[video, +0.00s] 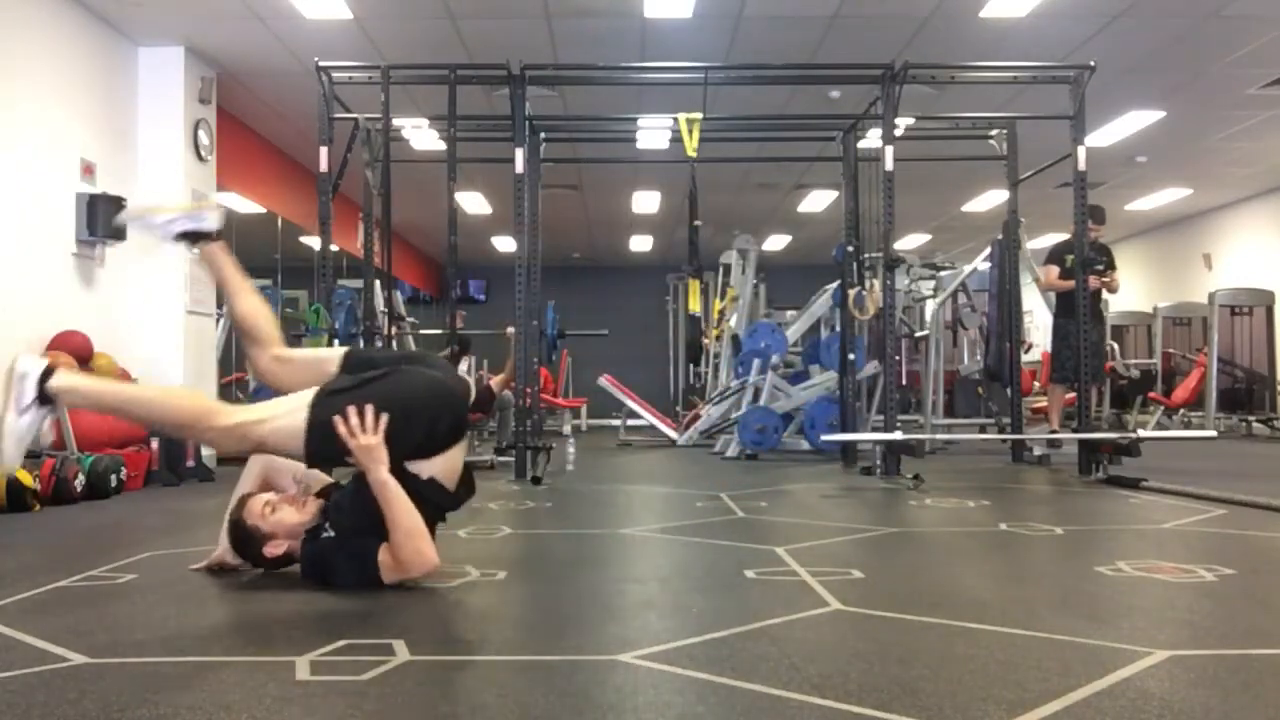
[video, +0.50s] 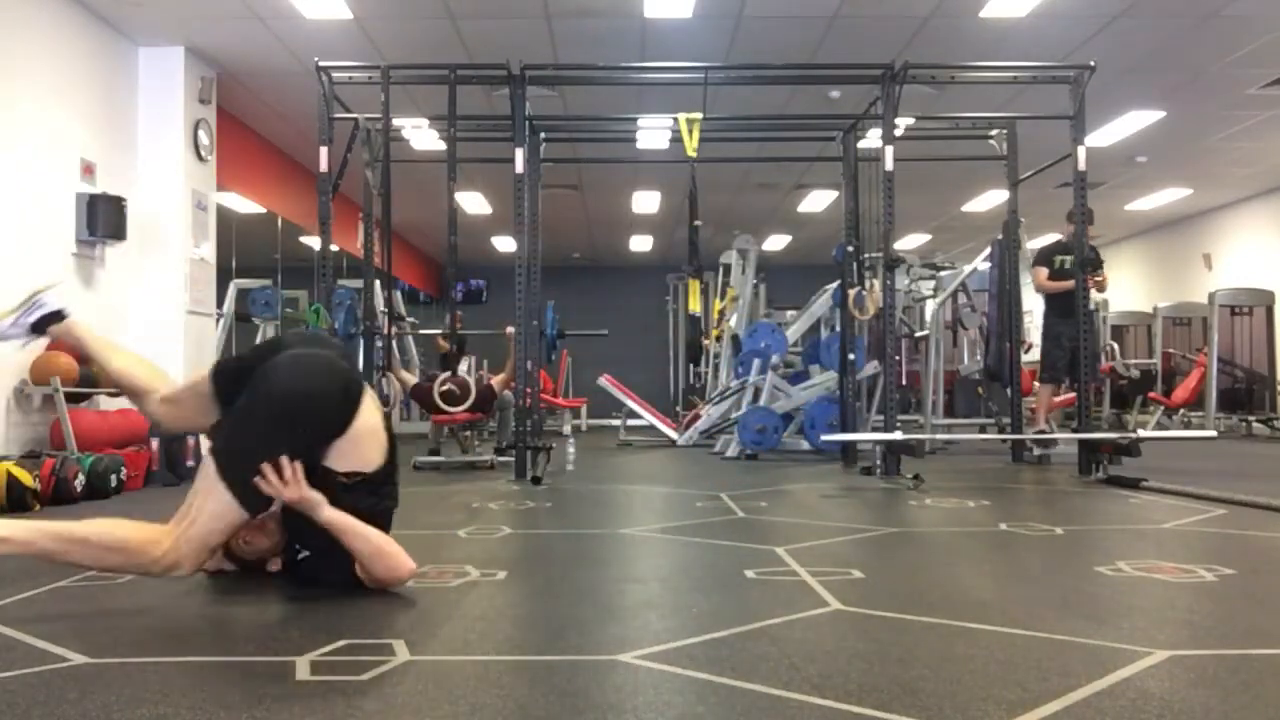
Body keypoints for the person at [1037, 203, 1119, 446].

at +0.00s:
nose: (1092, 235)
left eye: (1097, 230)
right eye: (1089, 229)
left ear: (1102, 229)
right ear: (1078, 225)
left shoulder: (1104, 252)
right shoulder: (1060, 250)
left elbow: (1114, 287)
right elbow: (1048, 283)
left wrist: (1107, 282)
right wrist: (1080, 283)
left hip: (1094, 320)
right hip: (1067, 319)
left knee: (1092, 375)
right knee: (1060, 376)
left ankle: (1087, 423)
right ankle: (1054, 427)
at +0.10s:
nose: (1094, 235)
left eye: (1099, 231)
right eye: (1091, 230)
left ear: (1103, 229)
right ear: (1080, 225)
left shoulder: (1106, 251)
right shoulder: (1061, 250)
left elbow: (1115, 287)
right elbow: (1049, 282)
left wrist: (1109, 282)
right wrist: (1081, 283)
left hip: (1093, 320)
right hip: (1066, 319)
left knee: (1092, 375)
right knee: (1059, 375)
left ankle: (1088, 422)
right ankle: (1054, 426)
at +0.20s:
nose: (1092, 235)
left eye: (1097, 231)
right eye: (1089, 229)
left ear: (1102, 230)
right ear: (1079, 225)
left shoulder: (1105, 252)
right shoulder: (1061, 250)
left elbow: (1115, 286)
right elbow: (1048, 282)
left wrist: (1106, 282)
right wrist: (1080, 283)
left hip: (1093, 319)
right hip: (1065, 319)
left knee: (1092, 373)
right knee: (1058, 372)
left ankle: (1087, 420)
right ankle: (1048, 423)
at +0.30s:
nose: (1090, 235)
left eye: (1094, 231)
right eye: (1087, 230)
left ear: (1099, 229)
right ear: (1077, 225)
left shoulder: (1102, 252)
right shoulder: (1057, 250)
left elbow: (1113, 286)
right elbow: (1046, 282)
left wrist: (1103, 282)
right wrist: (1078, 283)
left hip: (1090, 320)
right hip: (1062, 320)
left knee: (1089, 376)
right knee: (1053, 373)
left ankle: (1086, 422)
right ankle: (1041, 421)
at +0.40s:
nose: (1085, 231)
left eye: (1089, 226)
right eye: (1081, 225)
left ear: (1094, 227)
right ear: (1073, 224)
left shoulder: (1096, 253)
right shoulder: (1052, 252)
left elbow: (1107, 287)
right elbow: (1044, 284)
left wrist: (1100, 282)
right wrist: (1075, 284)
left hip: (1087, 320)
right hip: (1060, 320)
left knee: (1088, 375)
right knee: (1051, 373)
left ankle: (1086, 422)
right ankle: (1041, 422)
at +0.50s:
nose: (1080, 230)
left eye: (1085, 226)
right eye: (1076, 224)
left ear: (1091, 228)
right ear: (1067, 225)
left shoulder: (1092, 254)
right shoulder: (1047, 252)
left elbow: (1101, 286)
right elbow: (1040, 284)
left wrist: (1098, 282)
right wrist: (1074, 284)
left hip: (1083, 321)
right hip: (1057, 321)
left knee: (1086, 374)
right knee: (1050, 375)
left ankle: (1085, 421)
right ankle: (1041, 423)